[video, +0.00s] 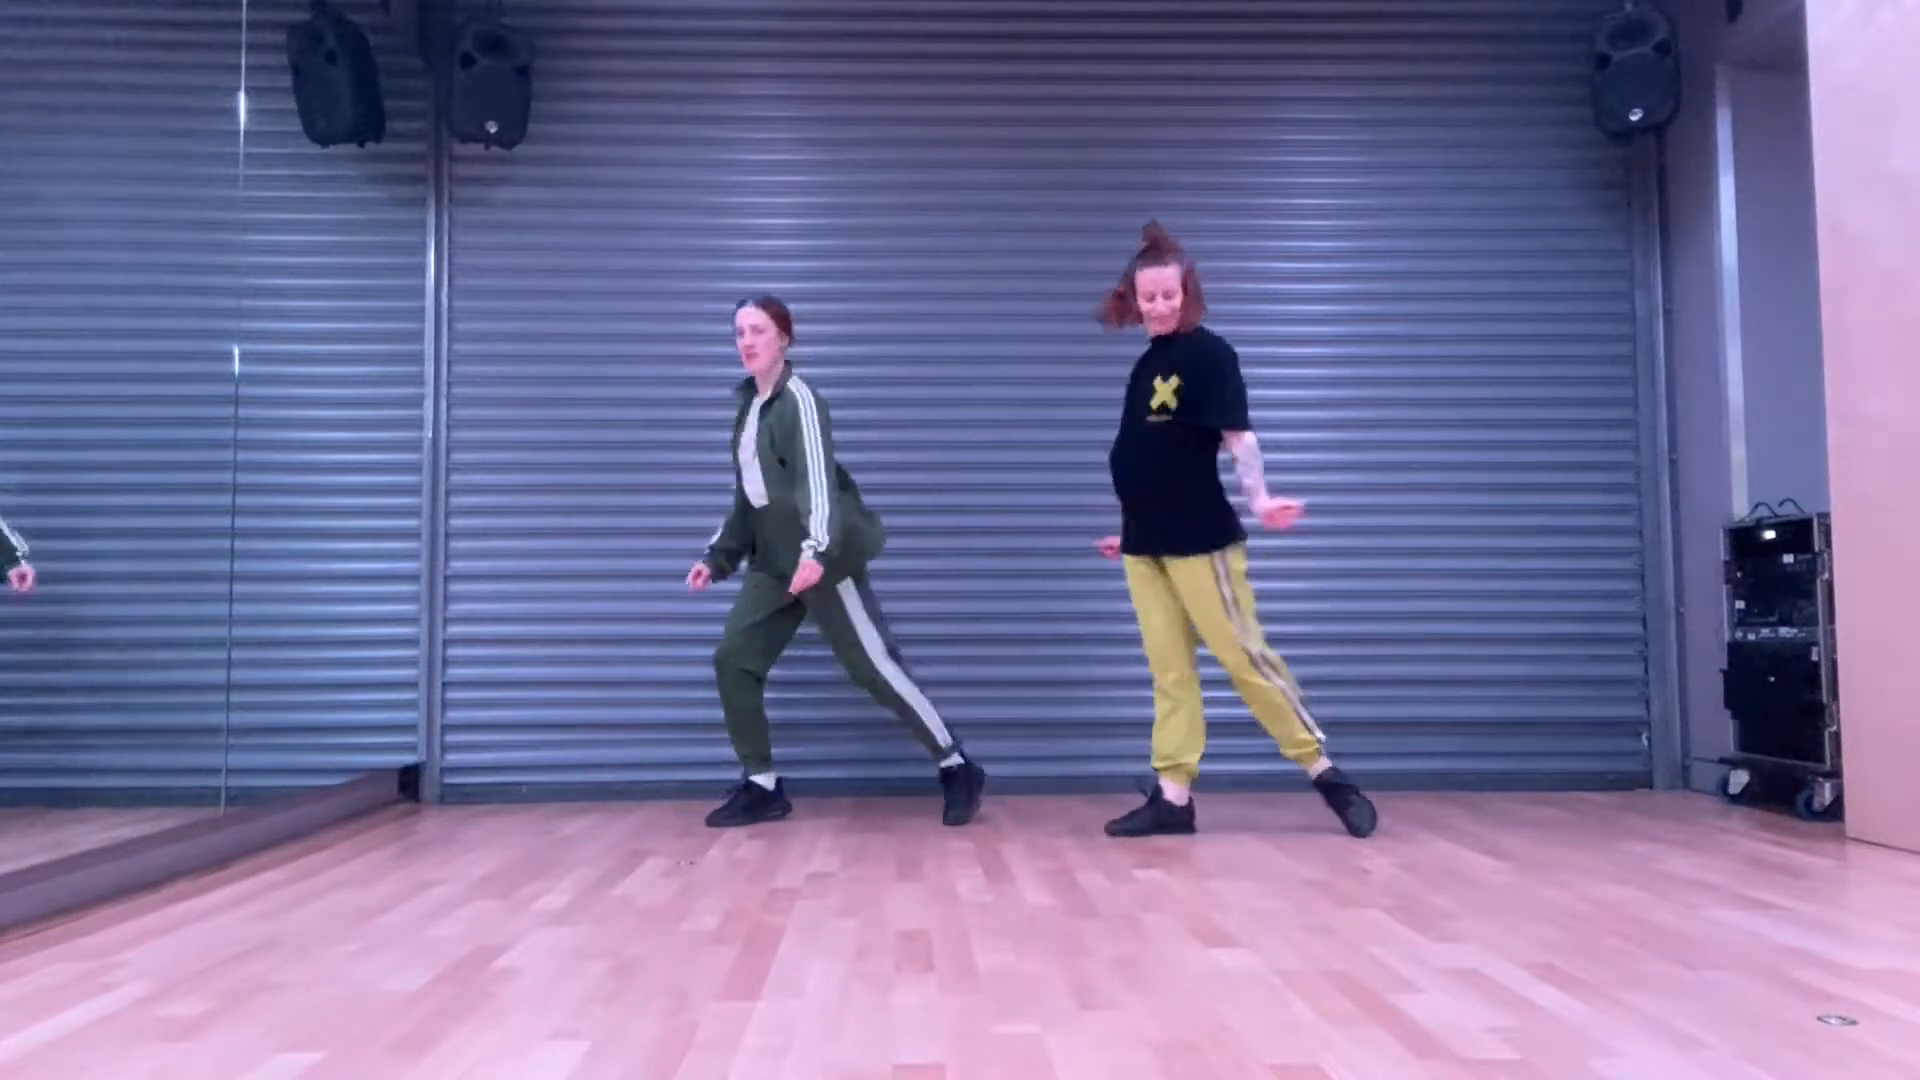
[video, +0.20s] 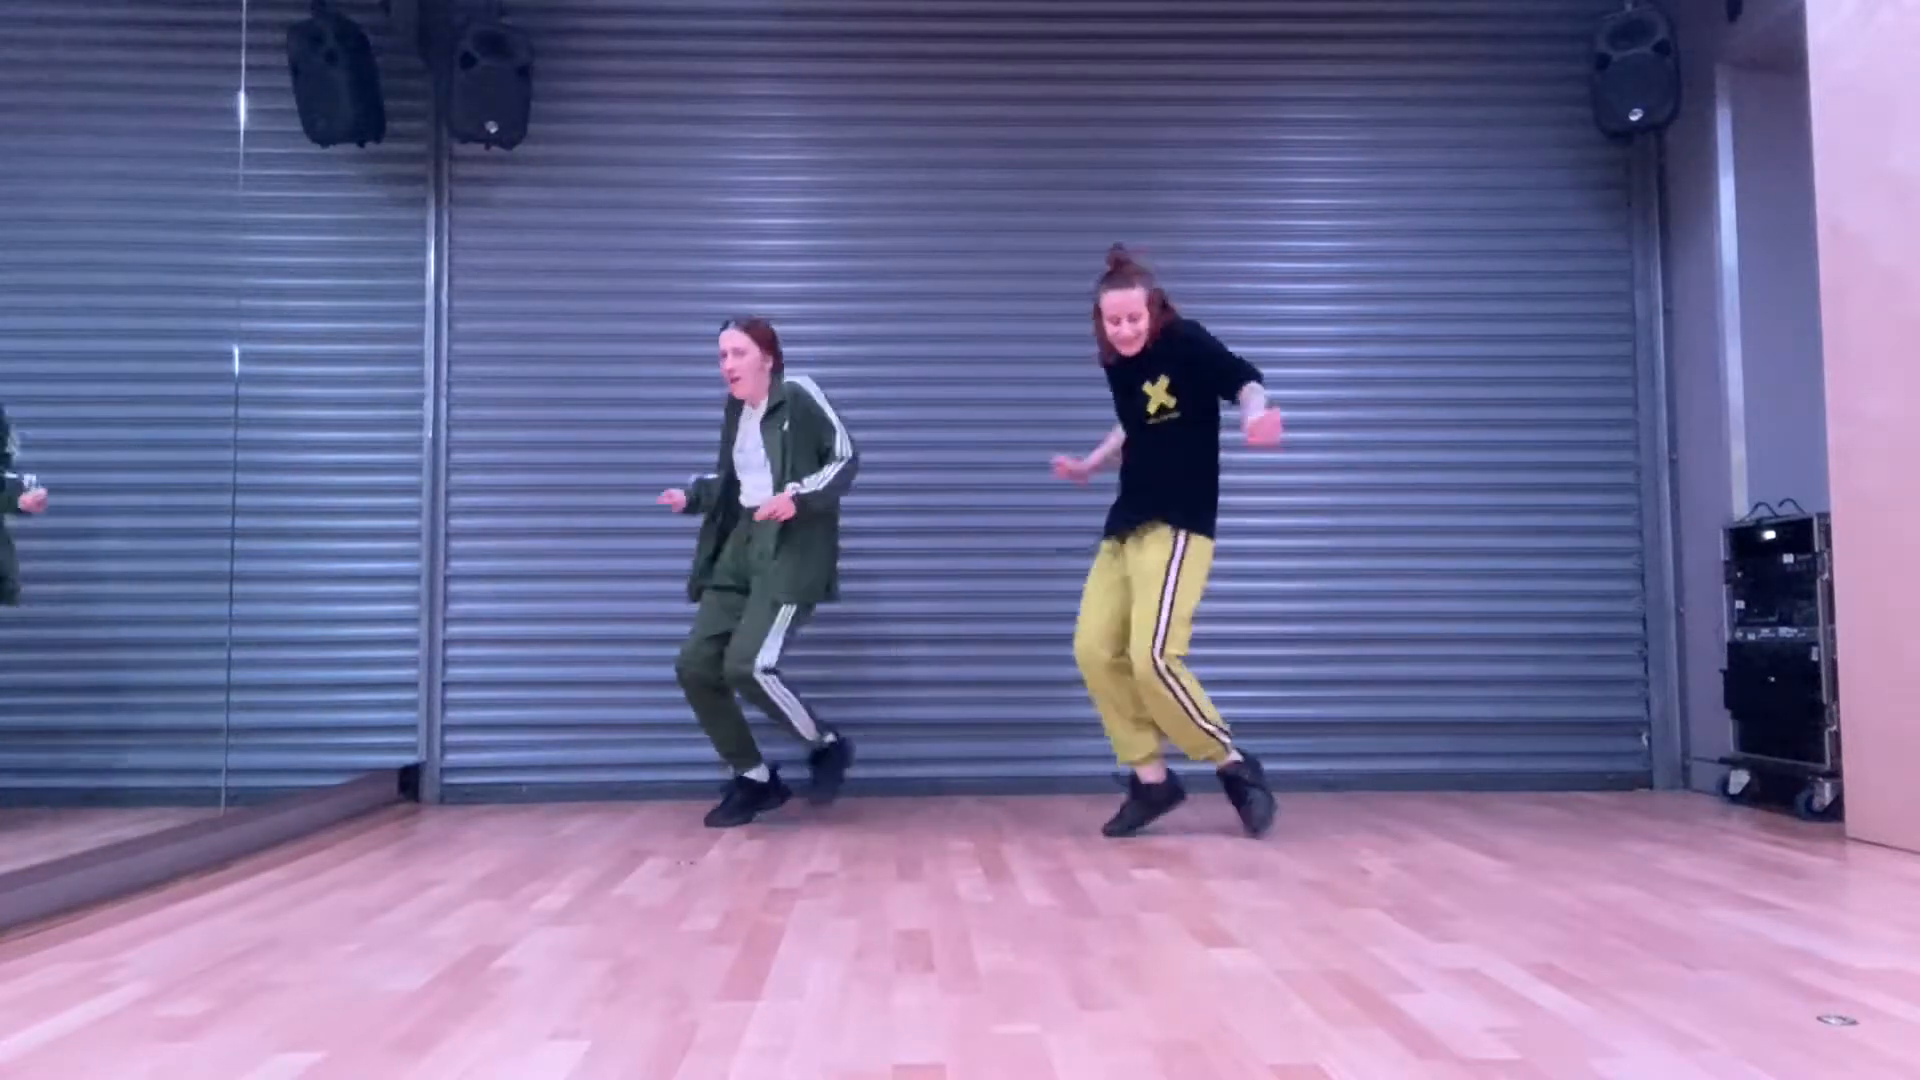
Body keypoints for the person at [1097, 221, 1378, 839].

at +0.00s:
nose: (1160, 306)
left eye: (1170, 293)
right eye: (1149, 296)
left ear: (1187, 293)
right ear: (1133, 300)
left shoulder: (1209, 354)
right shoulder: (1146, 363)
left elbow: (1238, 439)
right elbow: (1148, 455)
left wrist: (1261, 499)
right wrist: (1131, 531)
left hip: (1200, 537)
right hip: (1145, 540)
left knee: (1246, 659)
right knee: (1169, 671)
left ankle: (1325, 776)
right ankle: (1173, 799)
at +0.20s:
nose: (1122, 330)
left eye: (1133, 317)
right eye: (1112, 320)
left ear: (1154, 312)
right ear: (1099, 320)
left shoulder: (1185, 345)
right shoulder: (1116, 365)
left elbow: (1248, 388)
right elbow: (1136, 427)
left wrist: (1256, 421)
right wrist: (1089, 465)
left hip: (1178, 528)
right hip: (1125, 530)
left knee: (1153, 658)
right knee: (1095, 651)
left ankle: (1234, 768)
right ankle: (1152, 782)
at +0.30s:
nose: (1112, 347)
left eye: (1122, 335)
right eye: (1102, 336)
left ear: (1141, 337)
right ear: (1087, 340)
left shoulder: (1165, 382)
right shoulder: (1088, 399)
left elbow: (1219, 437)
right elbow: (1077, 467)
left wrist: (1230, 471)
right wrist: (1029, 516)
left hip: (1194, 556)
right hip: (1132, 555)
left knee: (1137, 653)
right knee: (1072, 639)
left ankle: (1188, 775)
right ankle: (1116, 765)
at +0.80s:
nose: (1138, 291)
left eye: (1148, 281)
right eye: (1128, 281)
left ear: (1165, 293)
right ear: (1111, 291)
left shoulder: (1194, 361)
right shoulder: (1086, 354)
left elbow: (1280, 391)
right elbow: (1043, 410)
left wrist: (1360, 400)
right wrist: (1035, 427)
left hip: (1181, 530)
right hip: (1112, 523)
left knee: (1166, 658)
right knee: (1082, 581)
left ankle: (1174, 791)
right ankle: (1136, 636)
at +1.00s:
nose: (1161, 284)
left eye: (1171, 280)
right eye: (1150, 280)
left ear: (1188, 303)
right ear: (1133, 305)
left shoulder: (1226, 368)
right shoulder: (1108, 375)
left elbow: (1305, 376)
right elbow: (1019, 400)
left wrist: (1266, 395)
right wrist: (931, 418)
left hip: (1180, 553)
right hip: (1108, 545)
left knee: (1148, 669)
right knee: (1026, 634)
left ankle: (1167, 799)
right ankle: (918, 721)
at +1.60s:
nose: (1118, 301)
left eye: (1128, 295)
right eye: (1107, 295)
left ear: (1144, 314)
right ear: (1091, 317)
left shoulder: (1176, 383)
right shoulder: (1059, 382)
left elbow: (1254, 388)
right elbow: (975, 386)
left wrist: (1314, 397)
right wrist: (1036, 376)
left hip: (1138, 555)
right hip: (1072, 549)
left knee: (1081, 673)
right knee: (1096, 671)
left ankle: (1005, 780)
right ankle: (1135, 795)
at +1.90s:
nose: (1150, 289)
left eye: (1141, 282)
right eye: (1136, 288)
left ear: (1114, 321)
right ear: (1124, 315)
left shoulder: (1102, 361)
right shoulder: (1140, 365)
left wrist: (1171, 377)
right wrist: (1178, 451)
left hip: (1057, 528)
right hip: (1093, 532)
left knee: (1064, 656)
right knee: (1121, 654)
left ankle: (999, 777)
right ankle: (1139, 790)